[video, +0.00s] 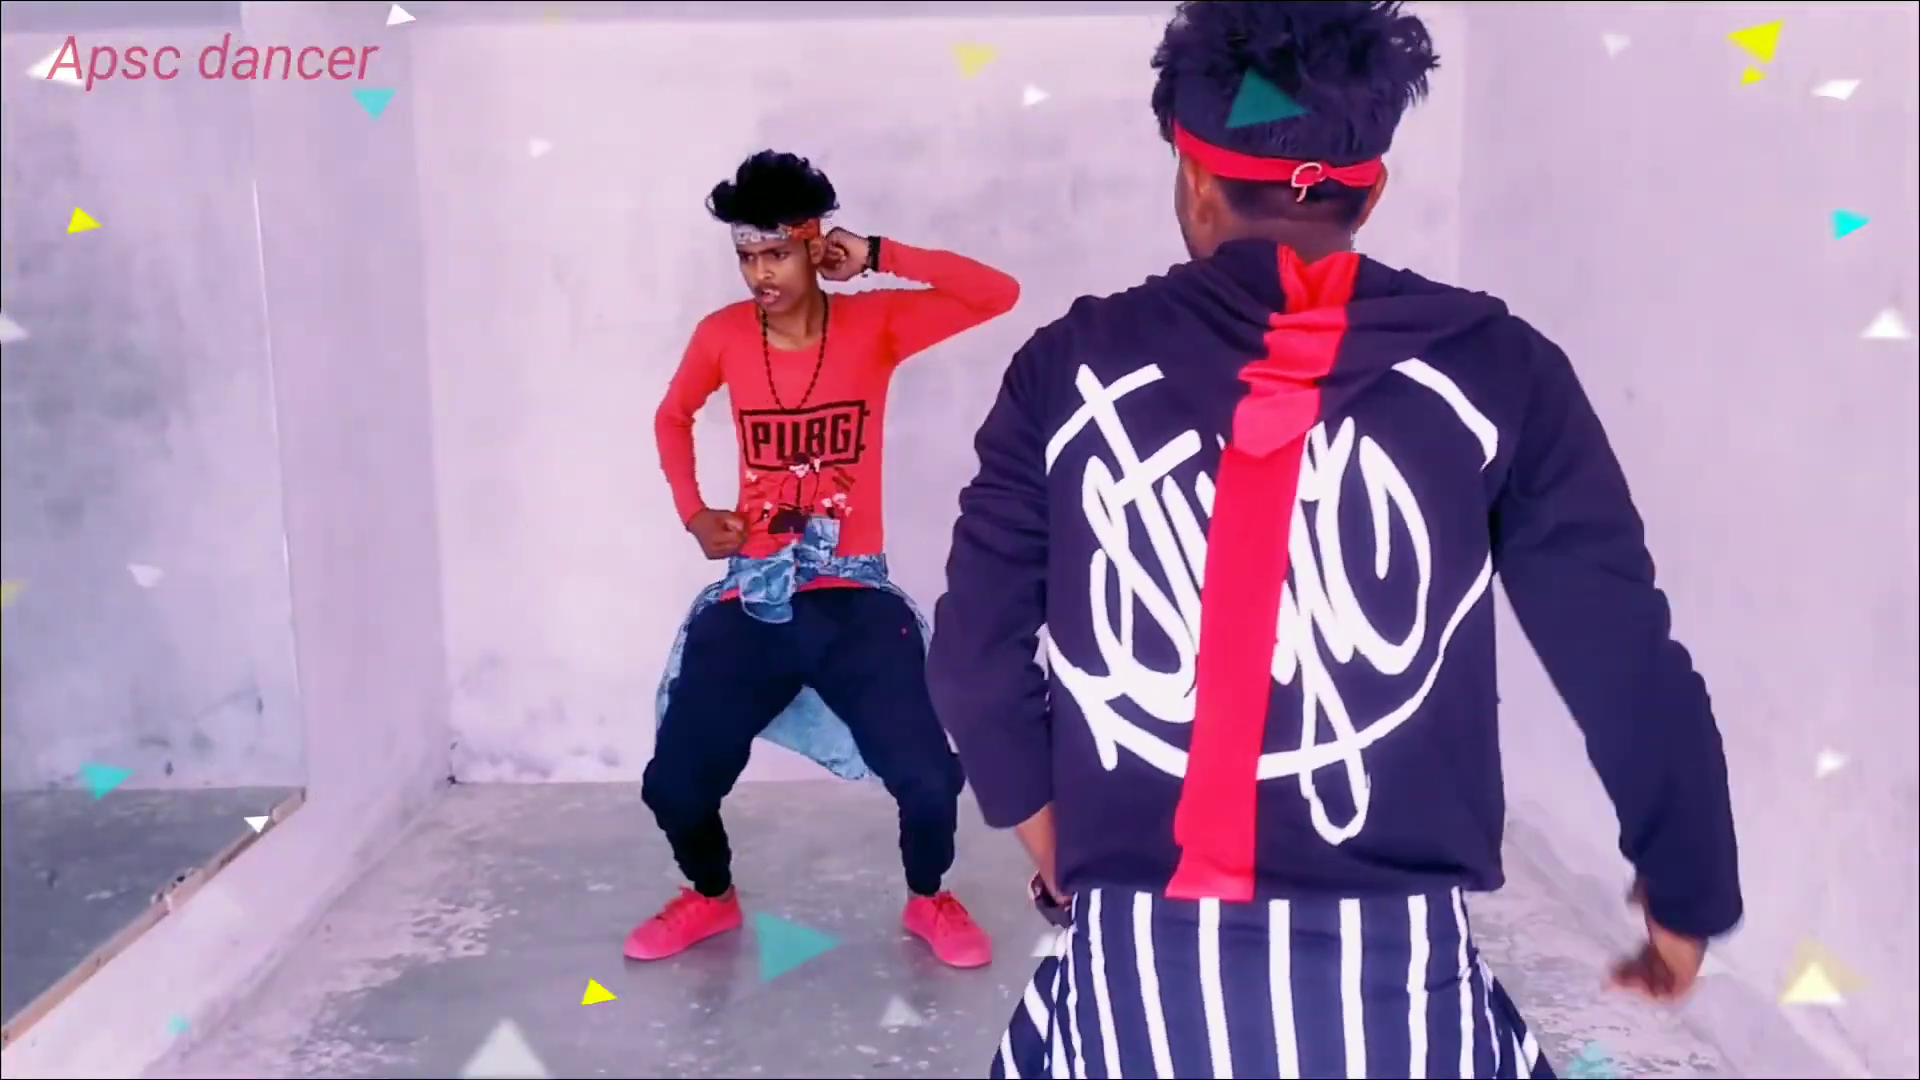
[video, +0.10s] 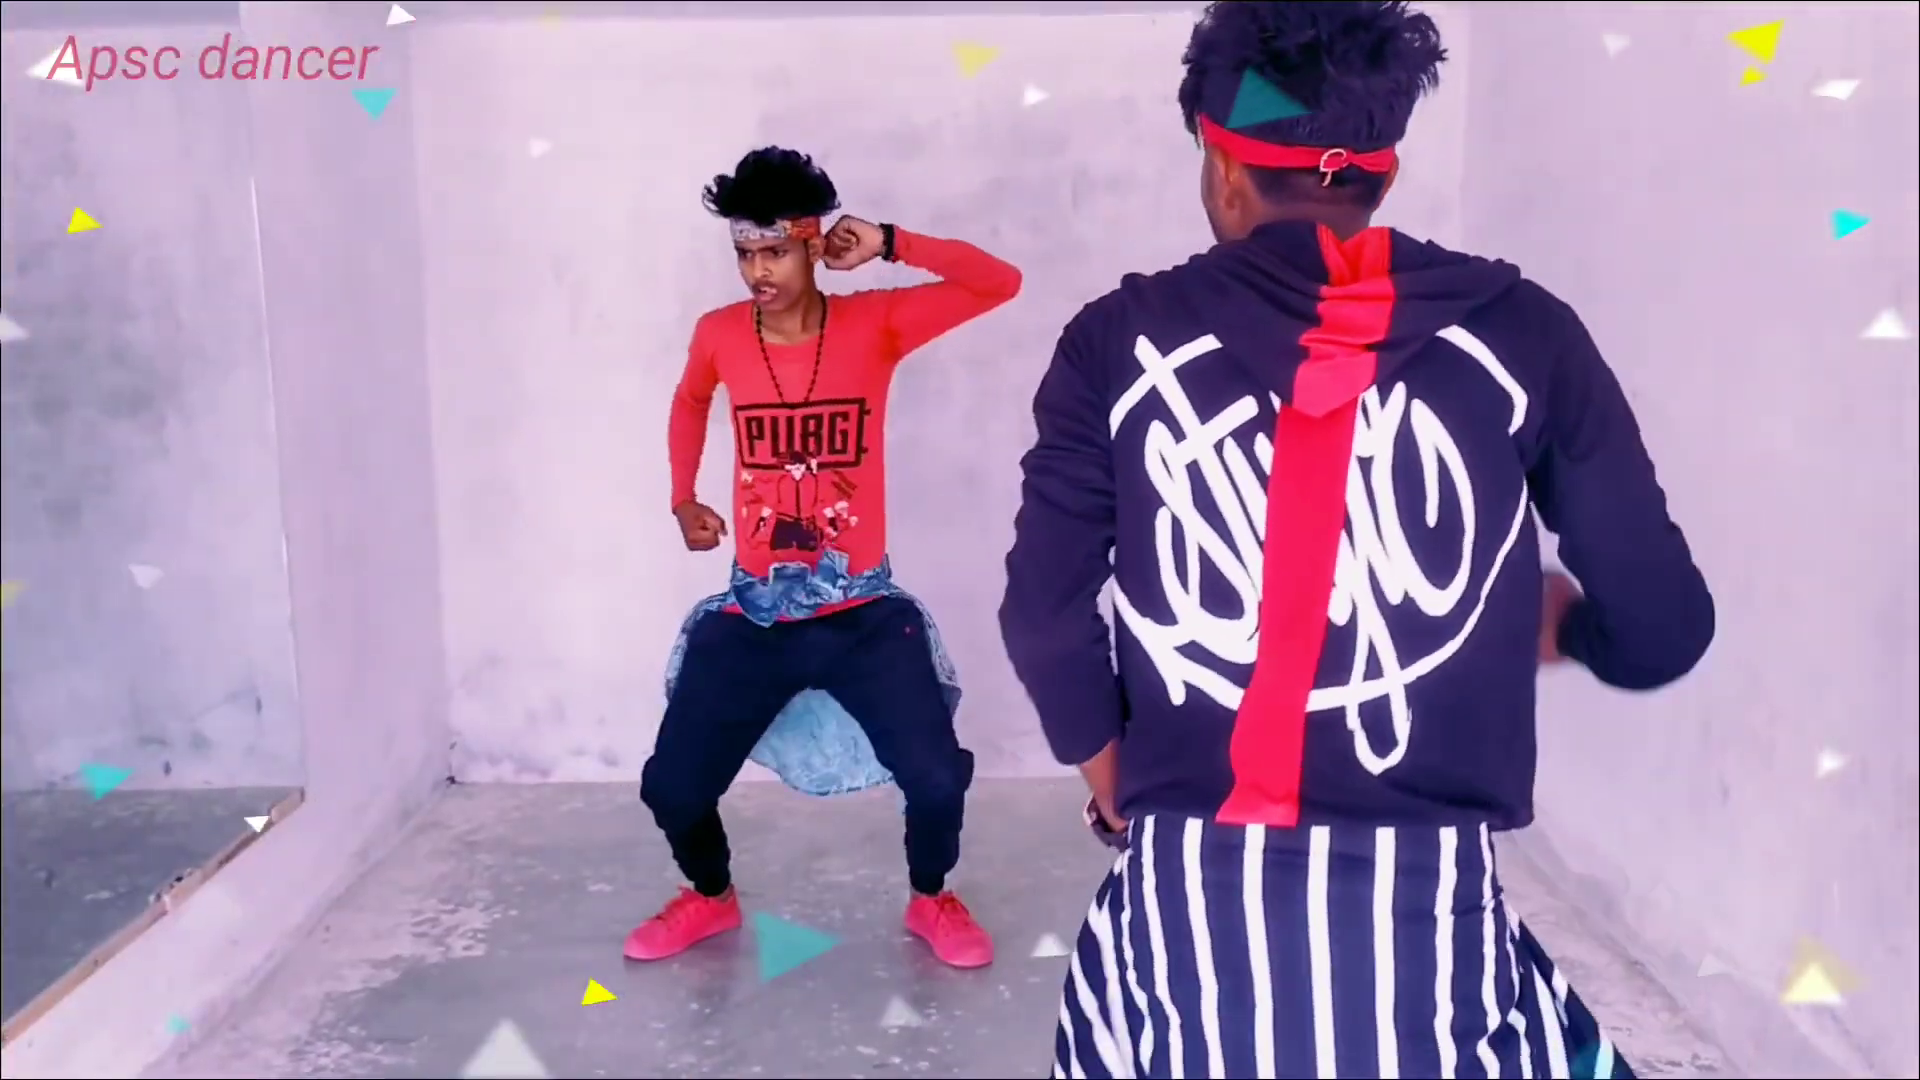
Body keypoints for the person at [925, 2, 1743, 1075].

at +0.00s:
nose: (1181, 191)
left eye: (1179, 170)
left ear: (1191, 176)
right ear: (1375, 194)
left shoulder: (1071, 366)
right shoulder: (1495, 366)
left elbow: (972, 652)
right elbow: (1625, 661)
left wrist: (1037, 811)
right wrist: (1687, 895)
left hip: (1129, 993)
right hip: (1399, 999)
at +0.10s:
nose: (1207, 178)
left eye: (1204, 150)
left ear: (1221, 157)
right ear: (1389, 167)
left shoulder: (1119, 340)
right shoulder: (1520, 326)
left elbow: (1042, 612)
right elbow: (1664, 632)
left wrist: (1104, 757)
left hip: (1181, 946)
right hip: (1434, 953)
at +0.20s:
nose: (1224, 187)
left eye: (1224, 162)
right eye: (1227, 161)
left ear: (1243, 165)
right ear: (1393, 173)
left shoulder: (1155, 338)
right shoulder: (1509, 311)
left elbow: (1109, 593)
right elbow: (1624, 534)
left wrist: (1155, 723)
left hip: (1236, 843)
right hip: (1448, 844)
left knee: (1169, 1055)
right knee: (1469, 1060)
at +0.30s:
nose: (1225, 211)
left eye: (1227, 190)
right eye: (1227, 187)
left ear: (1252, 197)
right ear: (1384, 187)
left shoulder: (1181, 354)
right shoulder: (1496, 309)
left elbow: (1158, 598)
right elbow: (1550, 469)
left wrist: (1193, 720)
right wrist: (1431, 310)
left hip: (1281, 787)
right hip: (1463, 774)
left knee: (1290, 1028)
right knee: (1486, 1025)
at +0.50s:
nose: (1218, 222)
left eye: (1221, 199)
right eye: (1221, 197)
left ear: (1245, 207)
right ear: (1357, 202)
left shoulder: (1210, 344)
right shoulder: (1458, 308)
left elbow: (1215, 531)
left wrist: (1218, 665)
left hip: (1302, 722)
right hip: (1449, 714)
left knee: (1320, 988)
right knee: (1472, 970)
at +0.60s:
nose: (1222, 218)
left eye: (1223, 196)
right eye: (1222, 194)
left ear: (1246, 196)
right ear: (1351, 194)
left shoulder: (1226, 322)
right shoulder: (1443, 296)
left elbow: (1242, 518)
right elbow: (1460, 480)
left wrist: (1226, 636)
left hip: (1305, 682)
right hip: (1440, 677)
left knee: (1302, 960)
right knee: (1414, 956)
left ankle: (1319, 1067)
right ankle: (1417, 1064)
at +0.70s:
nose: (1225, 203)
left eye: (1226, 182)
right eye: (1222, 184)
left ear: (1251, 187)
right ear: (1347, 182)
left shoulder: (1249, 304)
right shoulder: (1432, 284)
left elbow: (1273, 504)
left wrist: (1232, 632)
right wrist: (1258, 260)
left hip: (1310, 681)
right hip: (1432, 671)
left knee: (1291, 957)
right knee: (1394, 945)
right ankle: (1408, 1068)